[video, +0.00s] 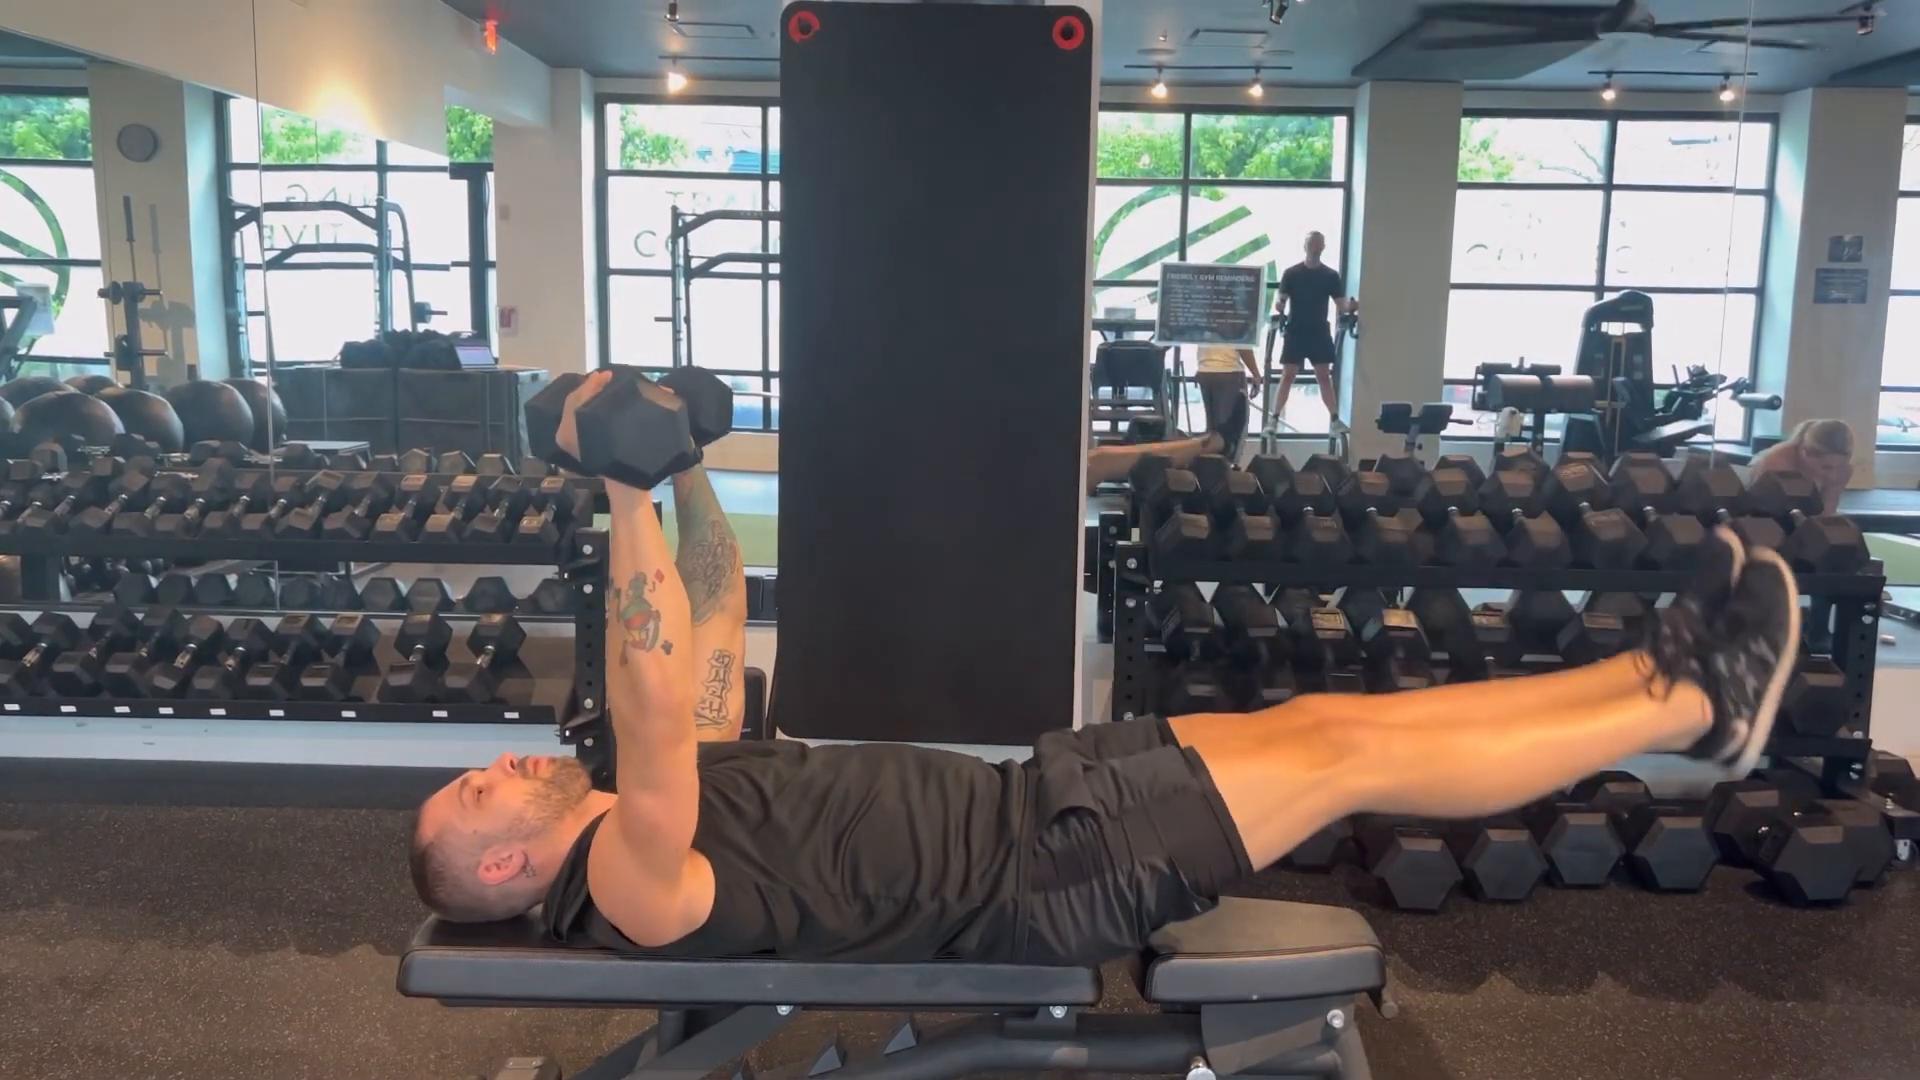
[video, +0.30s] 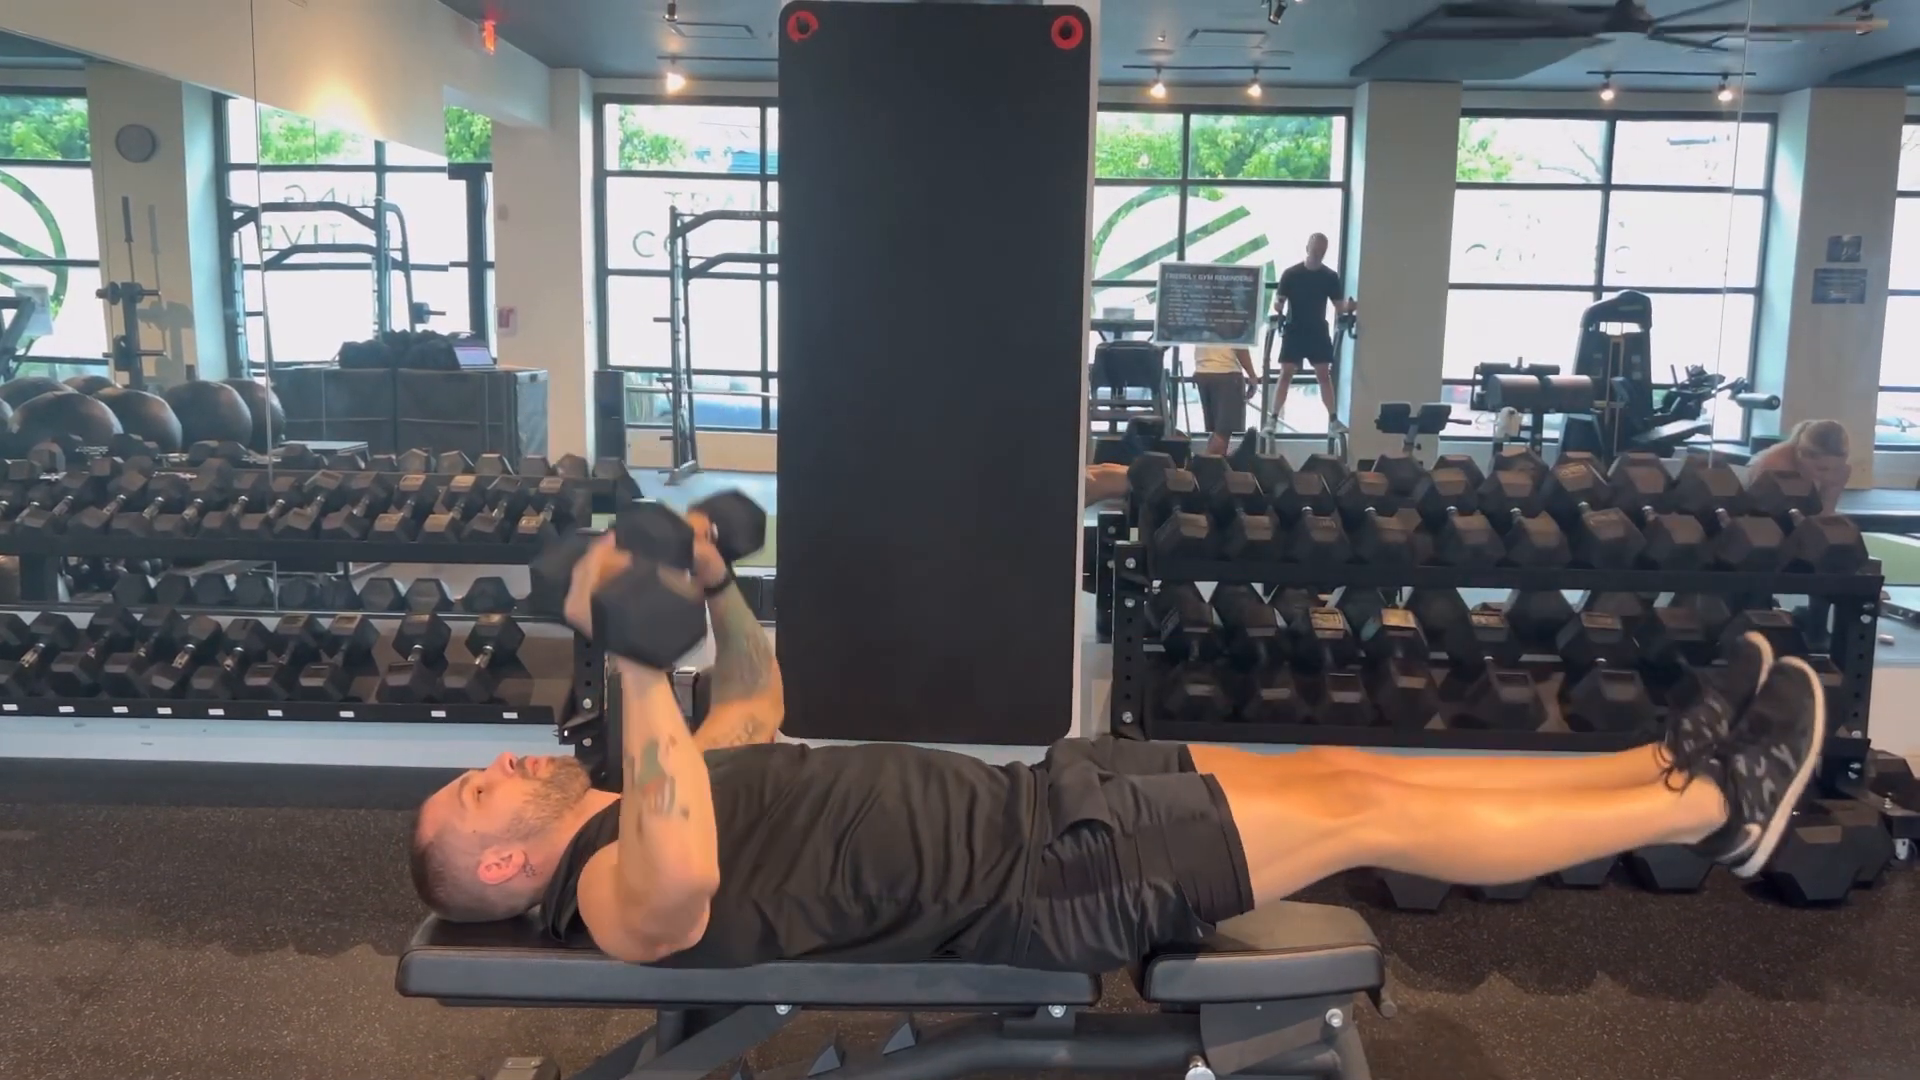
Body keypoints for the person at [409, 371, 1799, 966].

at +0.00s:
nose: (510, 772)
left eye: (489, 778)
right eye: (491, 802)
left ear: (546, 820)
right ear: (526, 876)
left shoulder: (660, 805)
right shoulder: (639, 876)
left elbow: (715, 638)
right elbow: (646, 670)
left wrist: (674, 471)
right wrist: (626, 489)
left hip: (1052, 783)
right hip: (1058, 858)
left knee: (1338, 720)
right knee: (1354, 755)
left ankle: (1656, 682)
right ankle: (1689, 705)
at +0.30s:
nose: (508, 777)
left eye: (492, 780)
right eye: (481, 804)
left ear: (539, 785)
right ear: (498, 874)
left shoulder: (649, 798)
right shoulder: (622, 893)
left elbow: (761, 716)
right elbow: (681, 850)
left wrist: (716, 591)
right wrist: (629, 658)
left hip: (1047, 789)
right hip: (1046, 856)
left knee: (1357, 778)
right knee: (1366, 807)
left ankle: (1672, 774)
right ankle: (1696, 798)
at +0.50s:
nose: (506, 772)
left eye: (487, 778)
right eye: (485, 801)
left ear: (529, 808)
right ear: (508, 869)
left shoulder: (627, 785)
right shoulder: (614, 893)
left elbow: (703, 730)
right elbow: (677, 1034)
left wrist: (673, 706)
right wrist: (650, 838)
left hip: (1061, 783)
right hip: (1072, 859)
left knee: (1349, 780)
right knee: (1374, 832)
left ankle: (1661, 794)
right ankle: (1700, 836)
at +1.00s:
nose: (509, 787)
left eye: (490, 792)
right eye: (482, 817)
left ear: (536, 789)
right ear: (500, 881)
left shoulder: (647, 804)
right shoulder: (619, 894)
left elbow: (764, 707)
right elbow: (691, 877)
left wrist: (722, 591)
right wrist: (650, 666)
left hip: (1053, 791)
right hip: (1051, 865)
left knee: (1360, 794)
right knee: (1366, 842)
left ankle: (1683, 807)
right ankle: (1702, 853)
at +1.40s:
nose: (509, 777)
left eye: (488, 783)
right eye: (489, 809)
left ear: (544, 824)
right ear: (522, 886)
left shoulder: (657, 810)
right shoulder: (628, 879)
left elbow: (709, 649)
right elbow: (642, 682)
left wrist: (691, 478)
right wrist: (629, 489)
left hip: (1043, 799)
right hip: (1042, 873)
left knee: (1344, 739)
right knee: (1354, 773)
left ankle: (1679, 708)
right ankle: (1698, 743)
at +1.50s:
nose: (506, 785)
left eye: (485, 790)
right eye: (483, 819)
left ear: (538, 823)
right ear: (514, 894)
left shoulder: (649, 823)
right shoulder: (631, 886)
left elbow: (700, 655)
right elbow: (647, 691)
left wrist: (678, 506)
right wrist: (641, 513)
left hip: (1032, 791)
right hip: (1039, 865)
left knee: (1315, 680)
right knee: (1326, 701)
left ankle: (1624, 568)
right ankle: (1652, 598)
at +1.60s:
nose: (492, 781)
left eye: (478, 792)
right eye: (475, 819)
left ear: (529, 817)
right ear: (509, 881)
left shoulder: (647, 809)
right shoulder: (632, 887)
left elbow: (709, 630)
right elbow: (641, 674)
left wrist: (672, 457)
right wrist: (630, 496)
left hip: (1009, 804)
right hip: (1033, 872)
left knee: (1253, 619)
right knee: (1258, 636)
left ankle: (1531, 434)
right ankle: (1558, 440)